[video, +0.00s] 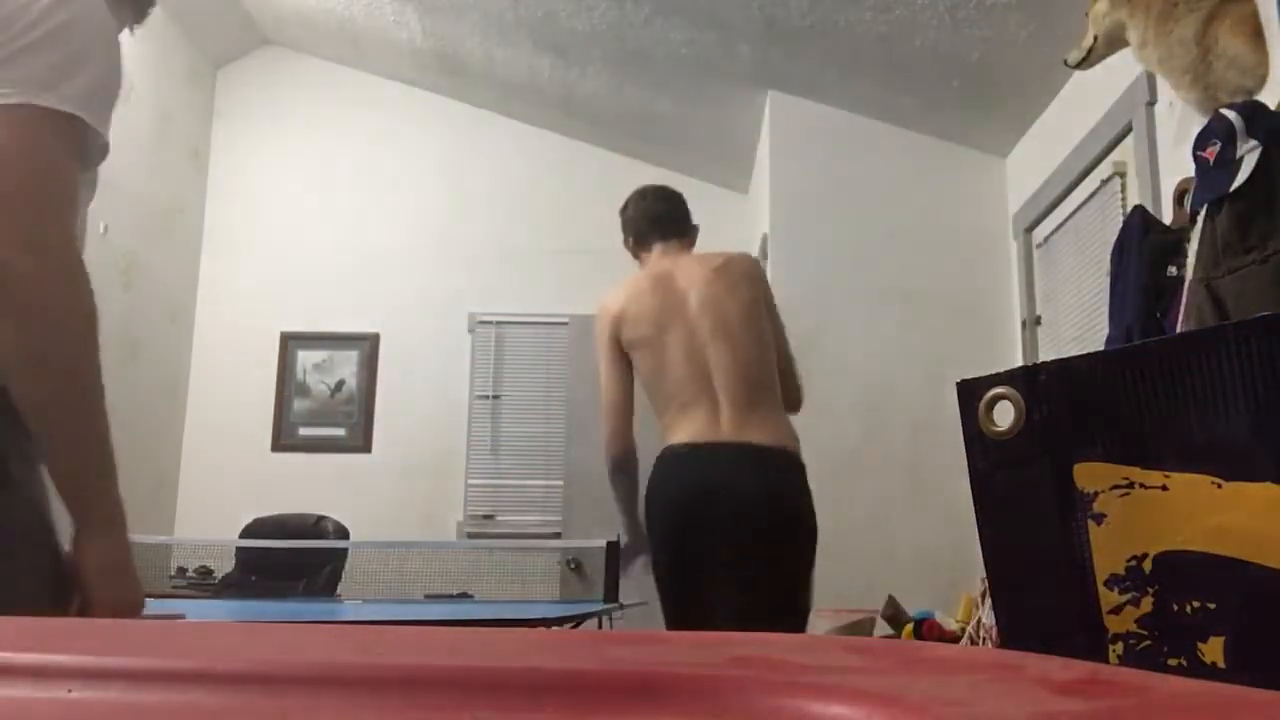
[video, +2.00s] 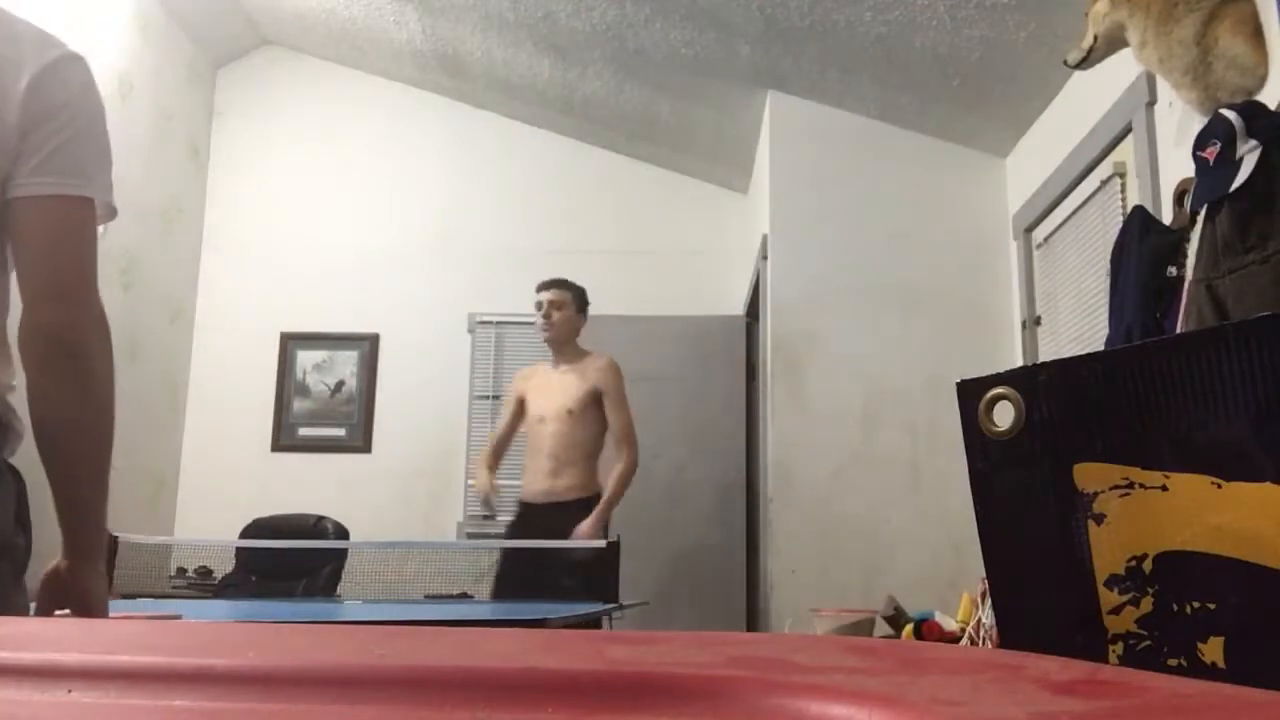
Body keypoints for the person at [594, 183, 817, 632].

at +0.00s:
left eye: (628, 246)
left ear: (632, 247)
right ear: (693, 233)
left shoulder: (619, 304)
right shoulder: (744, 270)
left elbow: (619, 451)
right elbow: (791, 395)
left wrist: (634, 532)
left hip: (684, 489)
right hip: (775, 483)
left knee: (698, 659)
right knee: (776, 658)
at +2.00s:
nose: (544, 315)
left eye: (556, 307)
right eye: (540, 308)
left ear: (580, 318)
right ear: (535, 316)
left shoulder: (601, 371)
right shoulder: (527, 378)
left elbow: (628, 457)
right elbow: (497, 444)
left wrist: (597, 519)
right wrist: (485, 473)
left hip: (579, 519)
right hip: (528, 519)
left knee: (580, 634)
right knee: (507, 625)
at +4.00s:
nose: (538, 347)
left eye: (548, 340)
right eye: (533, 341)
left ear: (568, 349)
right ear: (528, 348)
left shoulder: (587, 400)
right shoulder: (511, 400)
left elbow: (602, 473)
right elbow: (489, 463)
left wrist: (594, 534)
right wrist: (474, 499)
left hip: (562, 527)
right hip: (510, 526)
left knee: (563, 630)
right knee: (500, 626)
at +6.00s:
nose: (504, 406)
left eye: (510, 396)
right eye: (495, 399)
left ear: (527, 379)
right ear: (487, 394)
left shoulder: (560, 417)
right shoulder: (489, 428)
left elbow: (584, 492)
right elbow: (491, 501)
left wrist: (561, 559)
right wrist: (492, 564)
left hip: (564, 533)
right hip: (518, 535)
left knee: (563, 630)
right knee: (516, 631)